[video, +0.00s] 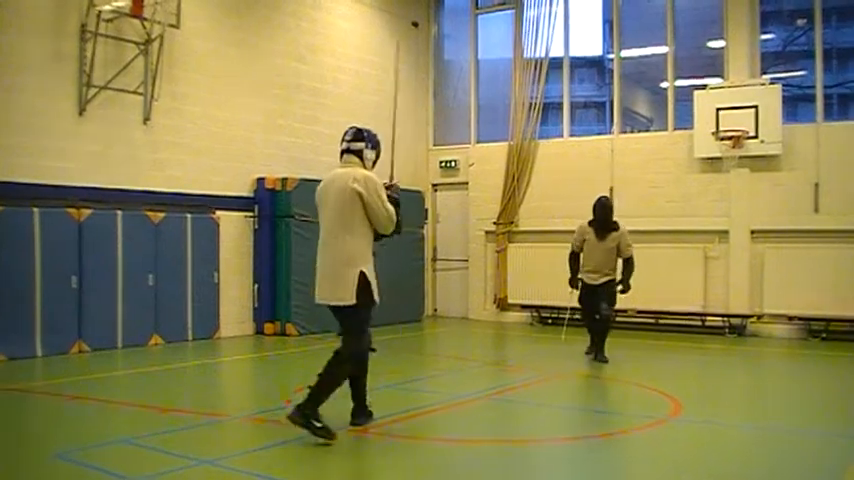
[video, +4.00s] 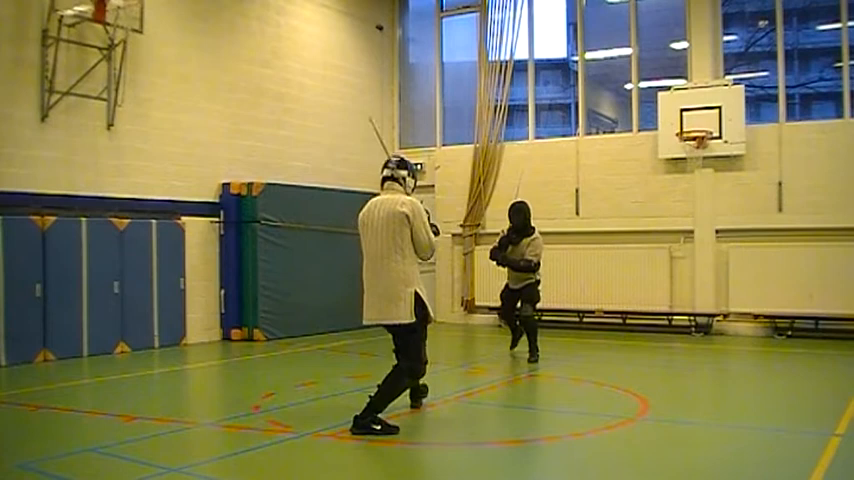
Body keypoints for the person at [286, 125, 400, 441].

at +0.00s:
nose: (376, 159)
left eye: (376, 154)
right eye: (376, 154)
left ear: (345, 151)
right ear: (369, 153)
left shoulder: (326, 183)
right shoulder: (366, 180)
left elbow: (335, 224)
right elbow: (387, 225)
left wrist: (374, 200)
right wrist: (390, 197)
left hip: (328, 280)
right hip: (355, 280)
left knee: (358, 344)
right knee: (355, 345)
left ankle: (360, 408)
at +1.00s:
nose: (261, 165)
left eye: (261, 159)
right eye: (261, 158)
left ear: (228, 154)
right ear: (252, 156)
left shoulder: (206, 187)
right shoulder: (246, 183)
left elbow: (218, 231)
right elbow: (269, 232)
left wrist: (261, 206)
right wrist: (279, 213)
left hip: (220, 287)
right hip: (244, 287)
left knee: (271, 343)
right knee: (252, 361)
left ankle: (280, 412)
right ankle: (206, 438)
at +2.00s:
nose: (335, 174)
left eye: (336, 168)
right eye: (334, 167)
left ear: (305, 162)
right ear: (324, 163)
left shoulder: (286, 195)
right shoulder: (320, 191)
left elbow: (304, 235)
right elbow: (340, 238)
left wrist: (336, 208)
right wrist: (345, 212)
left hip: (297, 285)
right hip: (318, 285)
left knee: (337, 343)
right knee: (332, 355)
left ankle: (326, 407)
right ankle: (286, 417)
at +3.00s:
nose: (394, 181)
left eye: (393, 177)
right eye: (394, 176)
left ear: (365, 173)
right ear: (388, 174)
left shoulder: (349, 201)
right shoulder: (384, 196)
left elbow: (366, 237)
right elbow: (404, 235)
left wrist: (398, 212)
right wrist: (408, 215)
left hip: (355, 279)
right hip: (375, 279)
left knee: (386, 335)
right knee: (377, 344)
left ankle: (380, 395)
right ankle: (322, 396)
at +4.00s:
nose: (413, 183)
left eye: (412, 179)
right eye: (412, 179)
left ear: (383, 178)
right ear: (406, 178)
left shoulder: (366, 210)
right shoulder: (410, 205)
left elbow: (375, 249)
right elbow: (426, 251)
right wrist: (428, 227)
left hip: (376, 297)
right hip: (404, 296)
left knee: (411, 333)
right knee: (412, 363)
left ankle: (416, 388)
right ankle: (366, 417)